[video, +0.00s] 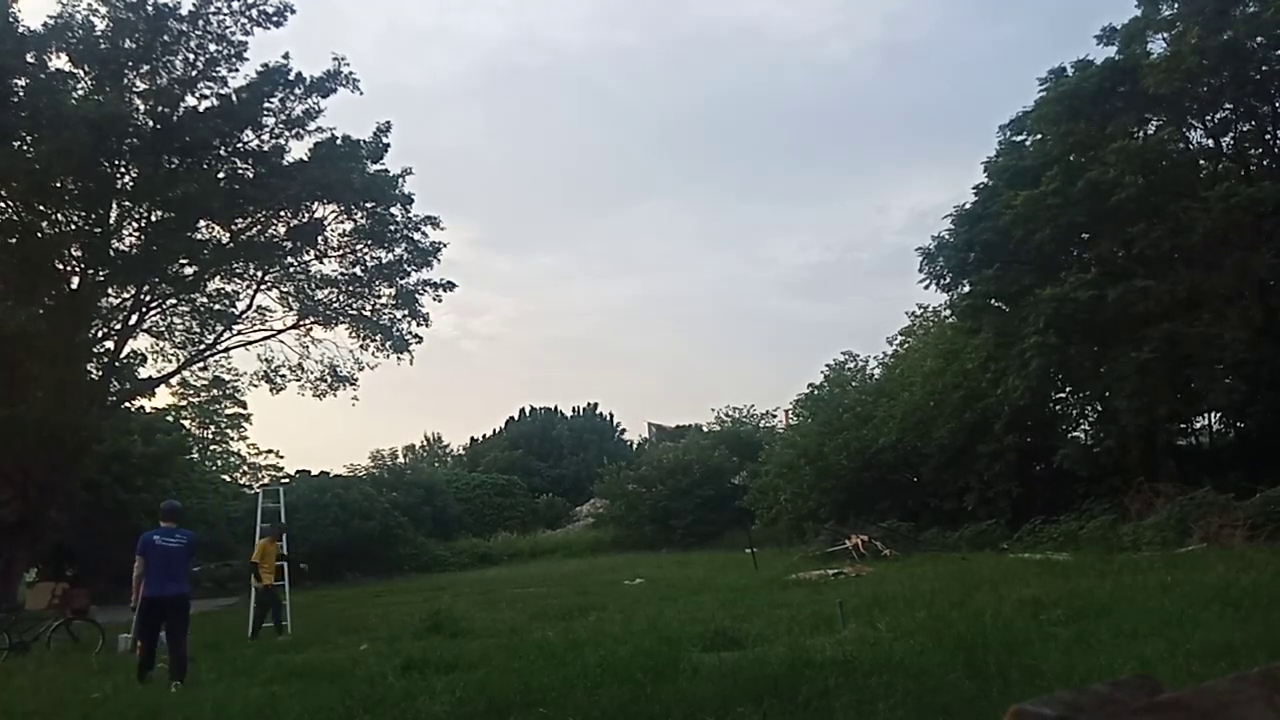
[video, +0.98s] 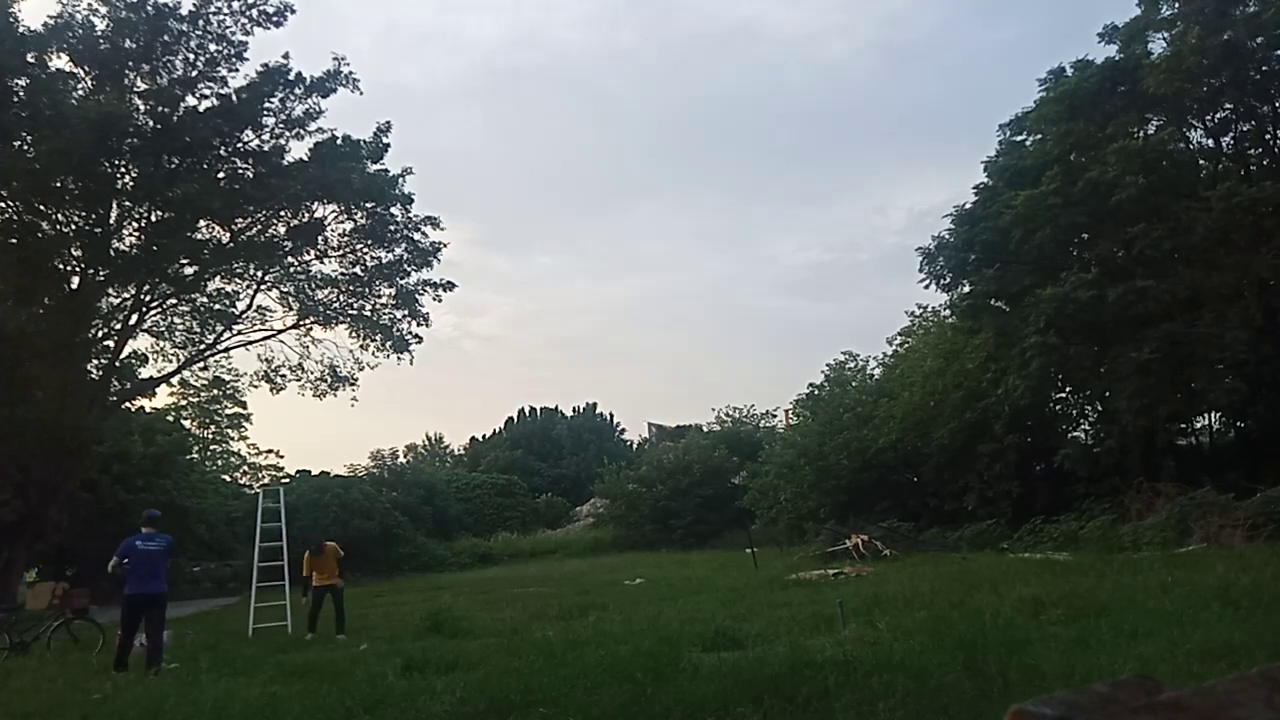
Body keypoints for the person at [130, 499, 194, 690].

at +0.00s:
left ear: (160, 516)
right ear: (178, 517)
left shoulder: (147, 538)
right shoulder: (188, 538)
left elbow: (138, 570)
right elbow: (189, 566)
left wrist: (134, 596)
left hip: (152, 597)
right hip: (178, 597)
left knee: (147, 639)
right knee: (177, 640)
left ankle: (143, 677)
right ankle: (177, 680)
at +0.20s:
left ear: (152, 515)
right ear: (171, 516)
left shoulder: (141, 535)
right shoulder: (181, 535)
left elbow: (131, 566)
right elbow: (182, 563)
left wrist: (127, 591)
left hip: (145, 593)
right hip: (170, 593)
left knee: (143, 636)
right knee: (171, 630)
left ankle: (142, 675)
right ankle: (171, 657)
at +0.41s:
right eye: (165, 516)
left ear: (152, 515)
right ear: (170, 516)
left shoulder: (139, 534)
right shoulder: (178, 536)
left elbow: (119, 560)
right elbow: (179, 560)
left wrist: (129, 579)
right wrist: (167, 575)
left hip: (142, 590)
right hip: (166, 591)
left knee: (141, 632)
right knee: (163, 632)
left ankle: (143, 671)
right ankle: (160, 668)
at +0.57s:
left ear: (152, 521)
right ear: (170, 523)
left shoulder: (140, 539)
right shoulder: (177, 542)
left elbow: (113, 562)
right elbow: (174, 565)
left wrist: (129, 578)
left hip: (141, 595)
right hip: (165, 595)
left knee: (138, 634)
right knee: (158, 634)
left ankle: (144, 671)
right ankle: (156, 669)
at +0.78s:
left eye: (152, 518)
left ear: (149, 518)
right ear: (166, 520)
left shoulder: (139, 534)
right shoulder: (174, 537)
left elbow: (111, 554)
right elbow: (174, 557)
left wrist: (129, 563)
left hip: (138, 590)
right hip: (162, 592)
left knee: (130, 627)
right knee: (158, 631)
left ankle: (138, 656)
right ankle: (156, 668)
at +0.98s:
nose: (147, 527)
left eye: (145, 524)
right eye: (153, 524)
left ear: (142, 524)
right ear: (158, 524)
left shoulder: (131, 542)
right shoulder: (167, 541)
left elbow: (112, 567)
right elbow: (169, 563)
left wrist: (128, 571)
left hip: (134, 594)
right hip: (158, 594)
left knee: (127, 632)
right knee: (155, 634)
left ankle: (120, 666)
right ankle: (153, 669)